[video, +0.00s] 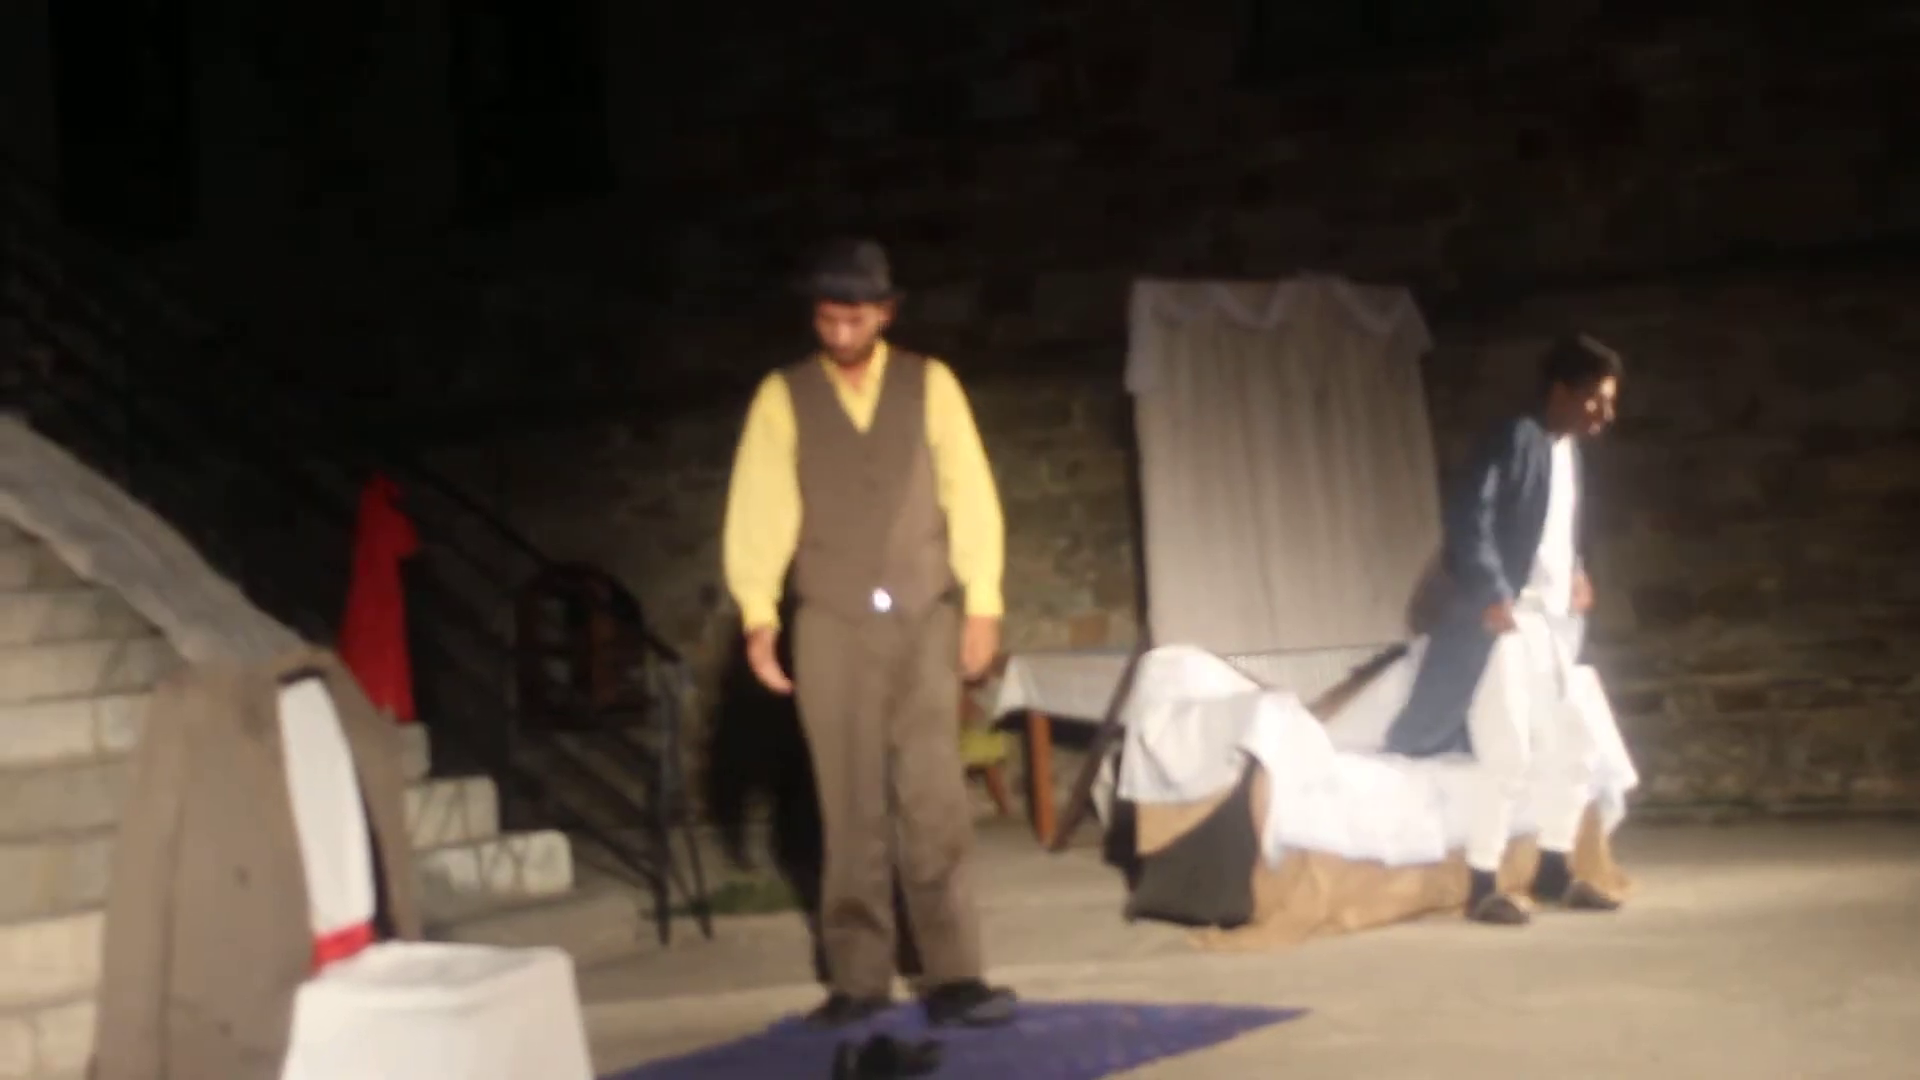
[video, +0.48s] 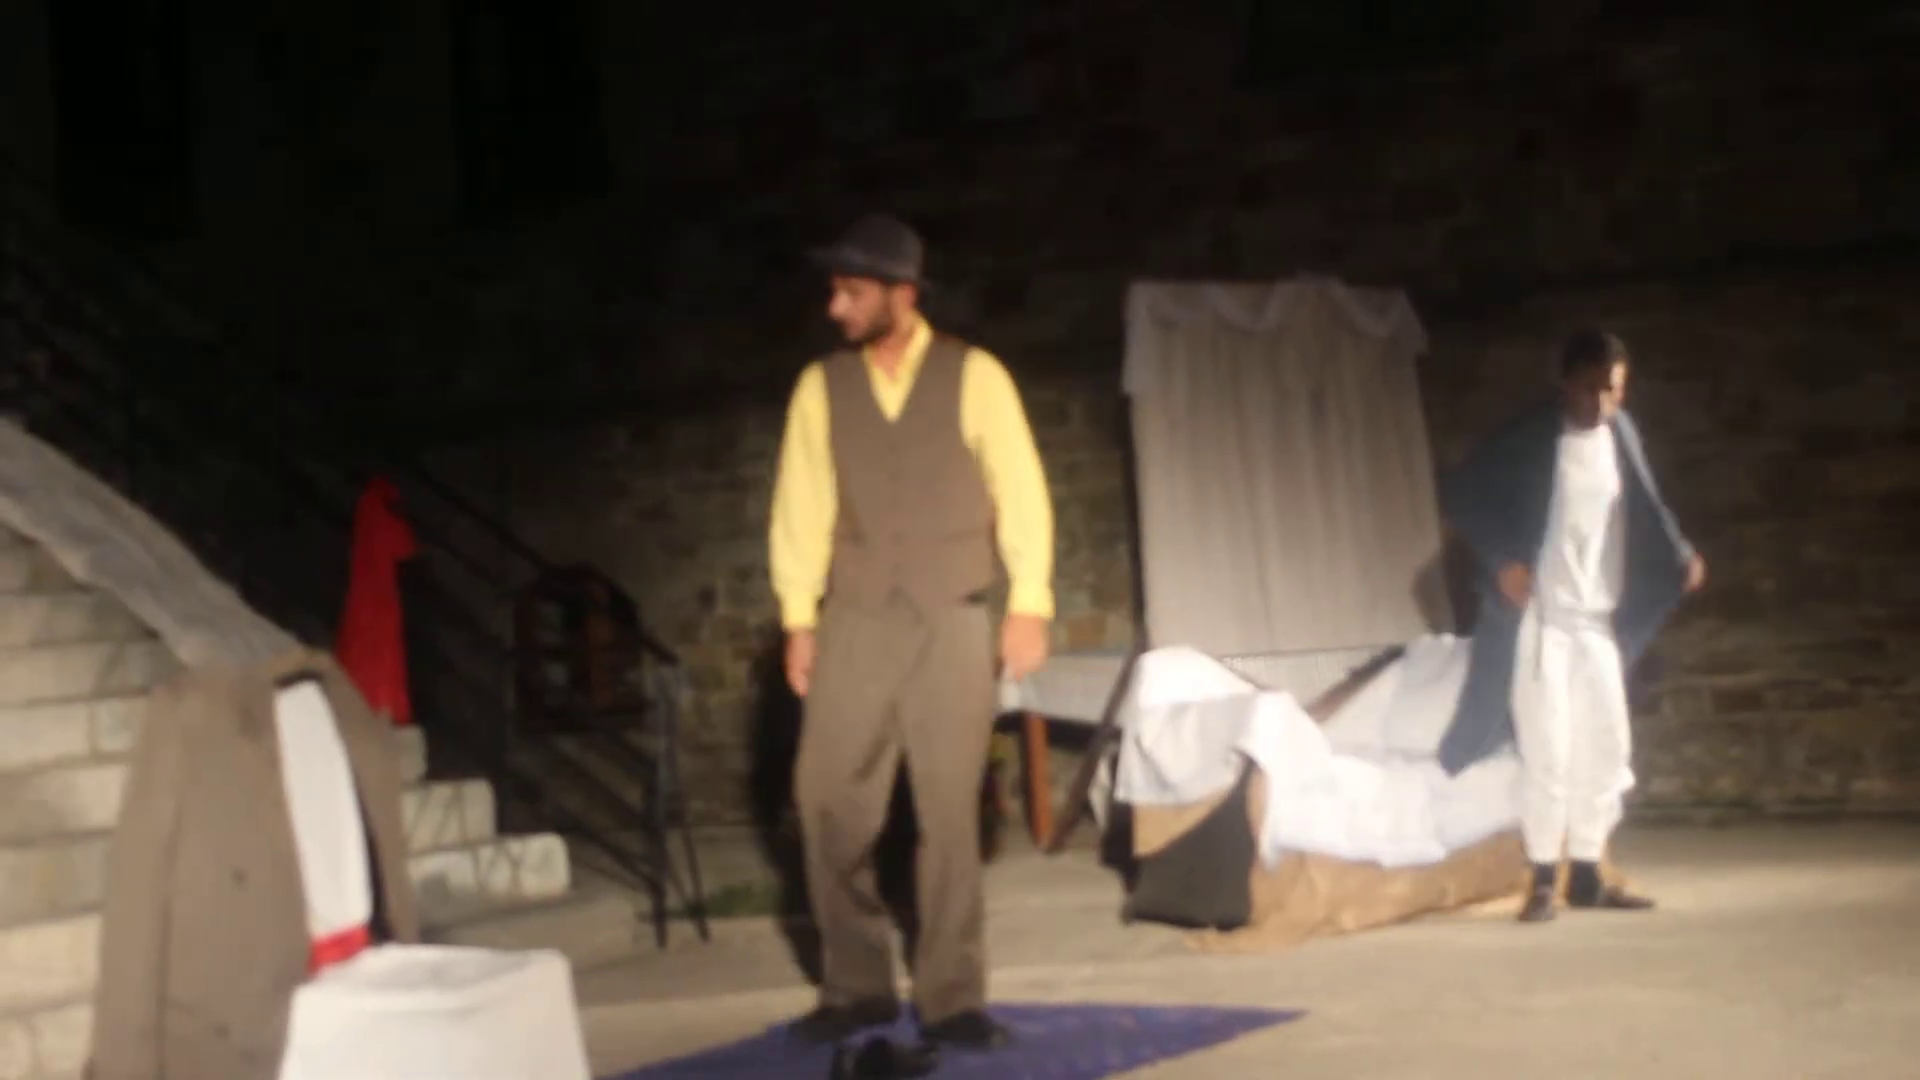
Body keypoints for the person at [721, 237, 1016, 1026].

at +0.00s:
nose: (844, 329)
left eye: (859, 313)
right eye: (831, 312)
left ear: (887, 312)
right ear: (812, 313)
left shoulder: (932, 386)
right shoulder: (782, 399)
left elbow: (972, 498)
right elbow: (757, 509)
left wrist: (982, 607)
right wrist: (758, 613)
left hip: (927, 624)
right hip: (829, 628)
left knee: (934, 801)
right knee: (849, 806)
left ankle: (952, 974)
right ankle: (858, 980)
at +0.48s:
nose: (836, 305)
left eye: (852, 290)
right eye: (834, 289)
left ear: (902, 291)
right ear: (850, 293)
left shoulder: (977, 378)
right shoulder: (821, 388)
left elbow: (1023, 497)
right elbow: (801, 509)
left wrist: (1028, 606)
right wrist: (799, 621)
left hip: (957, 623)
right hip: (852, 625)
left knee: (948, 812)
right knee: (828, 805)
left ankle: (953, 999)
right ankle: (858, 991)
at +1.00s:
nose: (869, 321)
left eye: (884, 307)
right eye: (855, 305)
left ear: (903, 307)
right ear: (827, 302)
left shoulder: (939, 380)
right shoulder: (781, 392)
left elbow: (984, 496)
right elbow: (755, 518)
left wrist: (999, 607)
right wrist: (765, 627)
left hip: (931, 632)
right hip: (828, 637)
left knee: (936, 824)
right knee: (826, 832)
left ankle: (952, 1004)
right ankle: (818, 1024)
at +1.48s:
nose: (828, 326)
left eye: (843, 313)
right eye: (814, 308)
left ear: (859, 315)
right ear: (781, 298)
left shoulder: (876, 384)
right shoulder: (730, 386)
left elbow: (896, 501)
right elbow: (688, 505)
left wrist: (893, 616)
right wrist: (695, 612)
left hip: (864, 635)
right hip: (770, 640)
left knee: (869, 832)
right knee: (788, 834)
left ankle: (888, 1012)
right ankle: (811, 1024)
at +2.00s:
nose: (907, 315)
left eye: (911, 299)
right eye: (894, 298)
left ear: (892, 302)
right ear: (844, 292)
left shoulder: (902, 387)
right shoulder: (766, 387)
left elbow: (930, 498)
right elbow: (722, 515)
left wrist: (950, 594)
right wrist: (744, 628)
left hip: (902, 629)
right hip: (818, 631)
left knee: (919, 816)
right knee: (823, 824)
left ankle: (943, 1004)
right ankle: (812, 1023)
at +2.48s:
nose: (999, 307)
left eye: (1001, 290)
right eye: (994, 289)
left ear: (946, 286)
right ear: (953, 286)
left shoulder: (924, 368)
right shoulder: (898, 369)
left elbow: (883, 492)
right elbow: (845, 485)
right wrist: (864, 599)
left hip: (923, 610)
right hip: (918, 612)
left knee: (925, 817)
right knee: (955, 811)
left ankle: (928, 1004)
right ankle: (983, 1002)